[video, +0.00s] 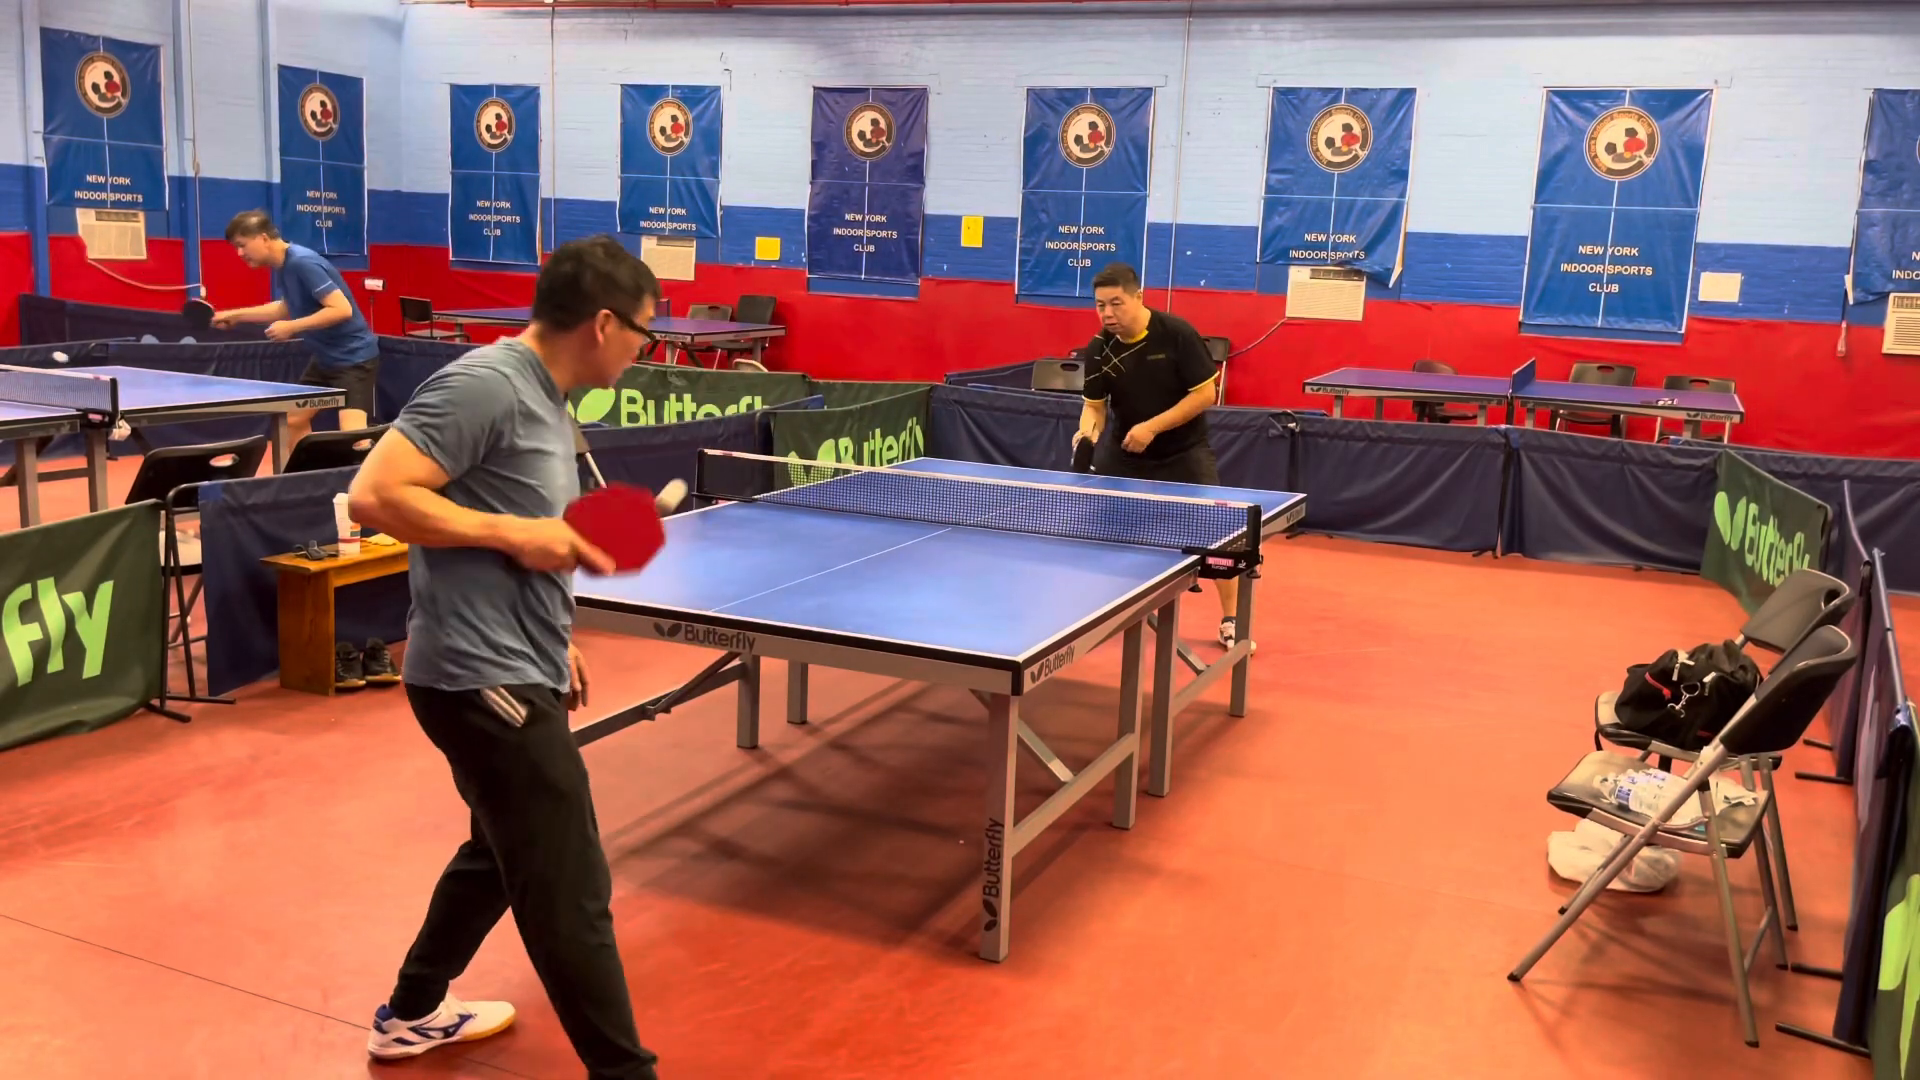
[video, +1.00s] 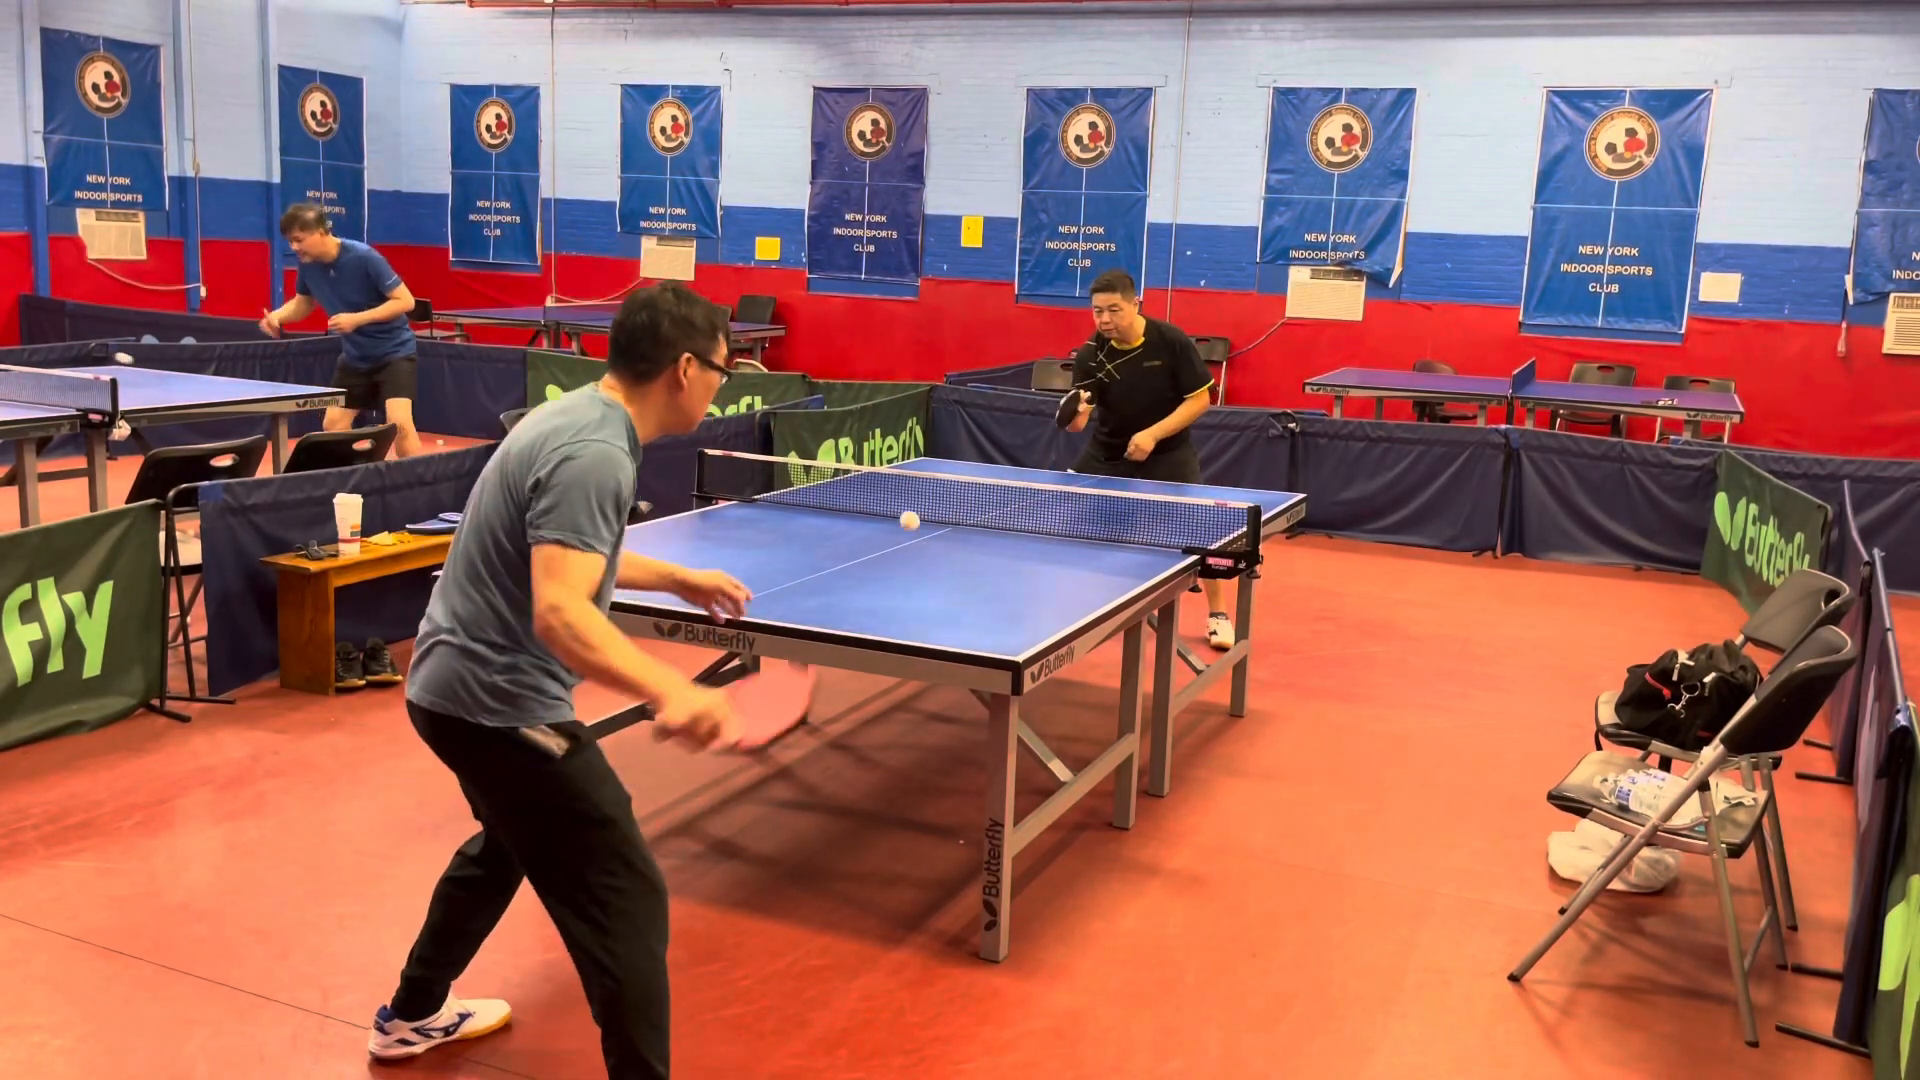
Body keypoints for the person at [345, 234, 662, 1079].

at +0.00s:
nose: (639, 353)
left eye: (644, 337)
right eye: (639, 334)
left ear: (588, 320)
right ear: (597, 322)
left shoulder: (546, 399)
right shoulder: (484, 382)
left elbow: (516, 532)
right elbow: (374, 494)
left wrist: (557, 638)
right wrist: (507, 531)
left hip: (518, 670)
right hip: (475, 676)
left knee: (501, 852)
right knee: (569, 887)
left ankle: (410, 1013)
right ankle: (624, 1067)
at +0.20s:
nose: (585, 306)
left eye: (588, 290)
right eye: (584, 288)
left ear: (515, 282)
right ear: (550, 286)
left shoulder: (493, 368)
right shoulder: (459, 378)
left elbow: (503, 517)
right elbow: (475, 531)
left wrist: (542, 611)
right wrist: (574, 474)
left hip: (494, 651)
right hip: (481, 659)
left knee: (484, 835)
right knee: (560, 873)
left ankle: (408, 1012)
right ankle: (564, 1065)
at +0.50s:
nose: (624, 338)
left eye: (622, 320)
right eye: (621, 321)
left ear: (527, 316)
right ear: (597, 323)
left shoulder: (447, 397)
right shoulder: (564, 422)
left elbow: (408, 527)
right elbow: (592, 582)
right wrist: (653, 538)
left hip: (435, 685)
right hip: (512, 700)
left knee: (486, 840)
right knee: (597, 891)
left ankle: (409, 1011)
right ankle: (638, 1071)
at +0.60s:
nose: (661, 344)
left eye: (662, 329)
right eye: (660, 328)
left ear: (561, 321)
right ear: (638, 330)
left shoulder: (479, 394)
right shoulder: (600, 428)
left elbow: (421, 519)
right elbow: (590, 597)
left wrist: (520, 568)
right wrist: (660, 619)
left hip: (440, 684)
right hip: (523, 701)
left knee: (482, 831)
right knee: (622, 901)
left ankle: (407, 1012)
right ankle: (644, 1068)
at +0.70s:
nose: (696, 355)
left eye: (696, 338)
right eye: (695, 339)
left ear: (600, 332)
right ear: (673, 344)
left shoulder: (521, 395)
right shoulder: (618, 438)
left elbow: (452, 519)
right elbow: (577, 601)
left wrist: (501, 624)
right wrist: (653, 703)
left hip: (441, 682)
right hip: (516, 702)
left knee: (482, 837)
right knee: (621, 910)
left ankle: (406, 1014)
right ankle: (643, 1068)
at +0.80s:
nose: (720, 385)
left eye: (722, 368)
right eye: (720, 367)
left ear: (633, 355)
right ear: (694, 370)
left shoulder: (560, 409)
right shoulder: (616, 460)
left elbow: (515, 544)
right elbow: (554, 625)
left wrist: (588, 615)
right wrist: (611, 764)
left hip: (444, 682)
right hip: (497, 707)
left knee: (494, 843)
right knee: (617, 902)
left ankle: (408, 1014)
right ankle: (638, 1065)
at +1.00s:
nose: (719, 390)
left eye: (722, 372)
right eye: (717, 371)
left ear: (642, 360)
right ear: (680, 369)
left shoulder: (569, 416)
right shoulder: (595, 451)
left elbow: (569, 554)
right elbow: (560, 614)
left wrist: (676, 579)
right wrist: (667, 691)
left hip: (454, 684)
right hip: (504, 702)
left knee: (510, 838)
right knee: (626, 903)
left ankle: (411, 1014)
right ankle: (641, 1069)